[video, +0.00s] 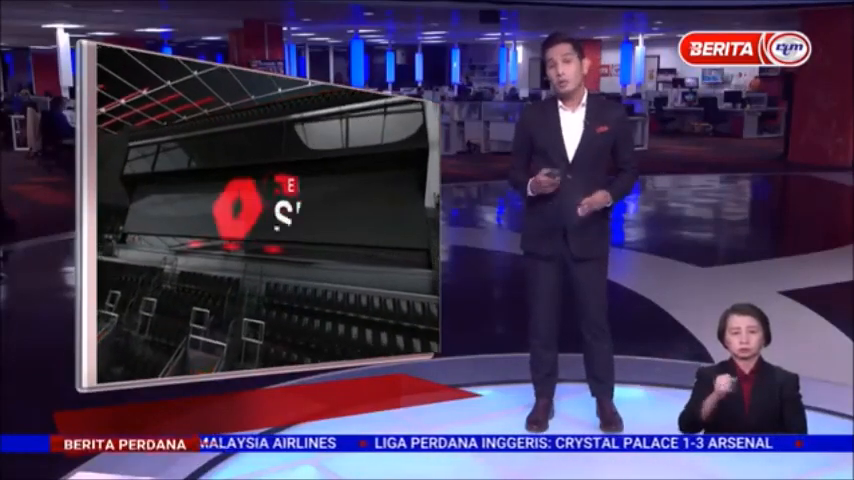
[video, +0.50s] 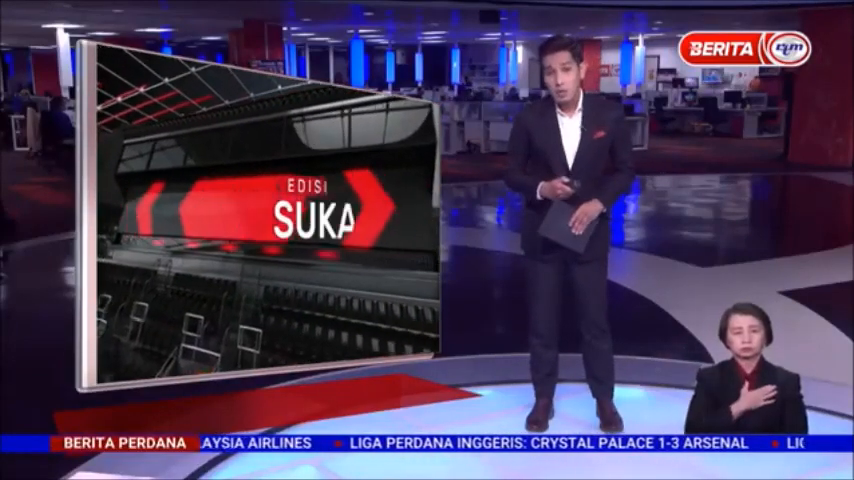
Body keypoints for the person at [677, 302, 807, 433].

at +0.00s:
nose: (744, 339)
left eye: (752, 331)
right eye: (735, 333)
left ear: (765, 338)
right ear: (724, 340)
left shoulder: (785, 381)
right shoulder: (709, 377)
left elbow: (797, 437)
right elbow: (687, 426)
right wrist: (715, 396)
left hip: (770, 466)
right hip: (718, 464)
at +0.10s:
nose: (744, 339)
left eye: (752, 331)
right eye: (735, 333)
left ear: (764, 338)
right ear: (724, 340)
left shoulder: (785, 381)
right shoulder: (709, 378)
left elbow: (797, 437)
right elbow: (690, 430)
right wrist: (730, 403)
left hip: (770, 465)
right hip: (717, 463)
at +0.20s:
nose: (744, 339)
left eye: (752, 332)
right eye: (735, 333)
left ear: (764, 338)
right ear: (724, 340)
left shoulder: (786, 381)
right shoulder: (709, 378)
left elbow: (797, 439)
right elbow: (693, 432)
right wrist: (736, 406)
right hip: (717, 464)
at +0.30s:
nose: (745, 340)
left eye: (753, 332)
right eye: (736, 333)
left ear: (765, 337)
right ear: (725, 341)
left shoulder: (786, 381)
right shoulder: (709, 378)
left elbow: (797, 439)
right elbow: (694, 430)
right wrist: (739, 408)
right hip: (718, 464)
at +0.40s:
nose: (746, 339)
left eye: (754, 331)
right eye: (737, 333)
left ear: (766, 337)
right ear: (726, 340)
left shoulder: (786, 381)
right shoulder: (709, 378)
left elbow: (797, 439)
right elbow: (694, 430)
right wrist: (739, 408)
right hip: (718, 464)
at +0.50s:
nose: (746, 338)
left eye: (754, 331)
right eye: (738, 332)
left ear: (766, 337)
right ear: (726, 340)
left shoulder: (787, 381)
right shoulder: (709, 378)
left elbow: (797, 438)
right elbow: (693, 431)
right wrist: (739, 407)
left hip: (771, 465)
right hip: (718, 464)